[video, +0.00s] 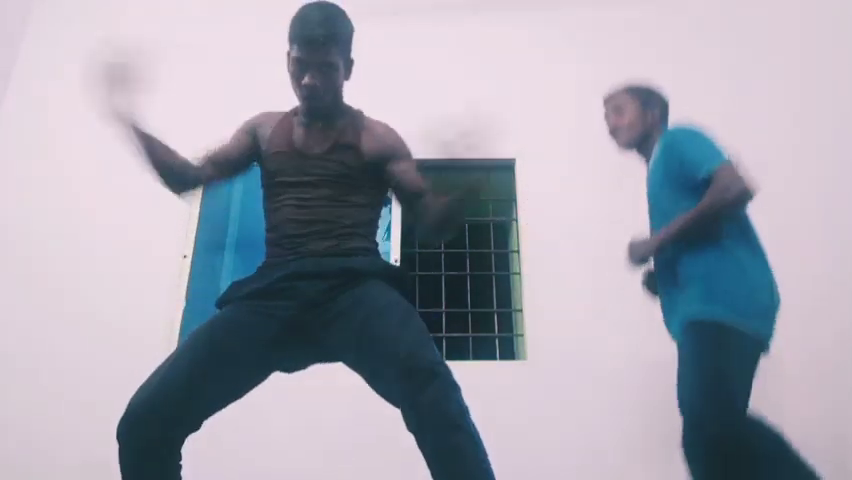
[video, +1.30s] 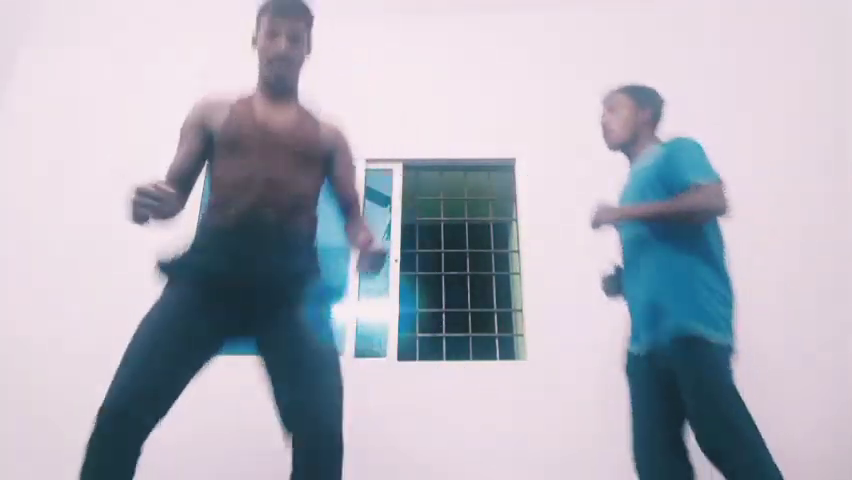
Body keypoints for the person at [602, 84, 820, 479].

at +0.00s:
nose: (611, 122)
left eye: (619, 111)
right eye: (607, 116)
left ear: (652, 111)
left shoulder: (678, 140)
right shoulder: (662, 170)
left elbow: (733, 186)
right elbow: (709, 235)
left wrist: (657, 241)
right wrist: (665, 272)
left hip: (723, 301)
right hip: (703, 309)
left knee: (710, 428)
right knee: (714, 429)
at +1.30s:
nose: (604, 120)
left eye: (613, 111)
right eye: (603, 113)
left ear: (645, 115)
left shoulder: (678, 150)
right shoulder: (633, 182)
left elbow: (714, 198)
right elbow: (667, 255)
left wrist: (624, 213)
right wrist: (626, 278)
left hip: (693, 324)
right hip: (648, 335)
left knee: (725, 437)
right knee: (655, 453)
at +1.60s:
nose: (538, 159)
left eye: (547, 149)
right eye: (537, 151)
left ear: (577, 154)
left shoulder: (602, 193)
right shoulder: (574, 222)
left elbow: (642, 246)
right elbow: (610, 298)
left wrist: (561, 281)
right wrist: (569, 331)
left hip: (631, 346)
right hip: (593, 359)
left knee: (660, 448)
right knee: (562, 467)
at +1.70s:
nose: (532, 159)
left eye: (540, 148)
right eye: (530, 152)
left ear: (570, 151)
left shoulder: (607, 187)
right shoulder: (567, 219)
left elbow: (653, 238)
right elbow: (598, 302)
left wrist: (569, 262)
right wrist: (560, 317)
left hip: (621, 344)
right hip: (578, 355)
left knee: (645, 441)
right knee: (559, 462)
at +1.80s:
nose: (536, 131)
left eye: (542, 121)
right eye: (533, 125)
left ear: (574, 121)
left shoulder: (610, 156)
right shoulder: (568, 189)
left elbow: (660, 206)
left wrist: (579, 231)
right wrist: (560, 275)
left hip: (619, 316)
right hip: (574, 327)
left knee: (641, 420)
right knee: (577, 438)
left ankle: (678, 475)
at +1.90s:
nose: (541, 114)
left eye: (548, 104)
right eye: (539, 108)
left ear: (580, 104)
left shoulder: (616, 137)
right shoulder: (570, 174)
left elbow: (669, 190)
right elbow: (593, 242)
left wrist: (587, 217)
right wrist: (555, 254)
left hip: (621, 301)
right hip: (575, 311)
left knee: (635, 412)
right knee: (581, 432)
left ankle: (668, 475)